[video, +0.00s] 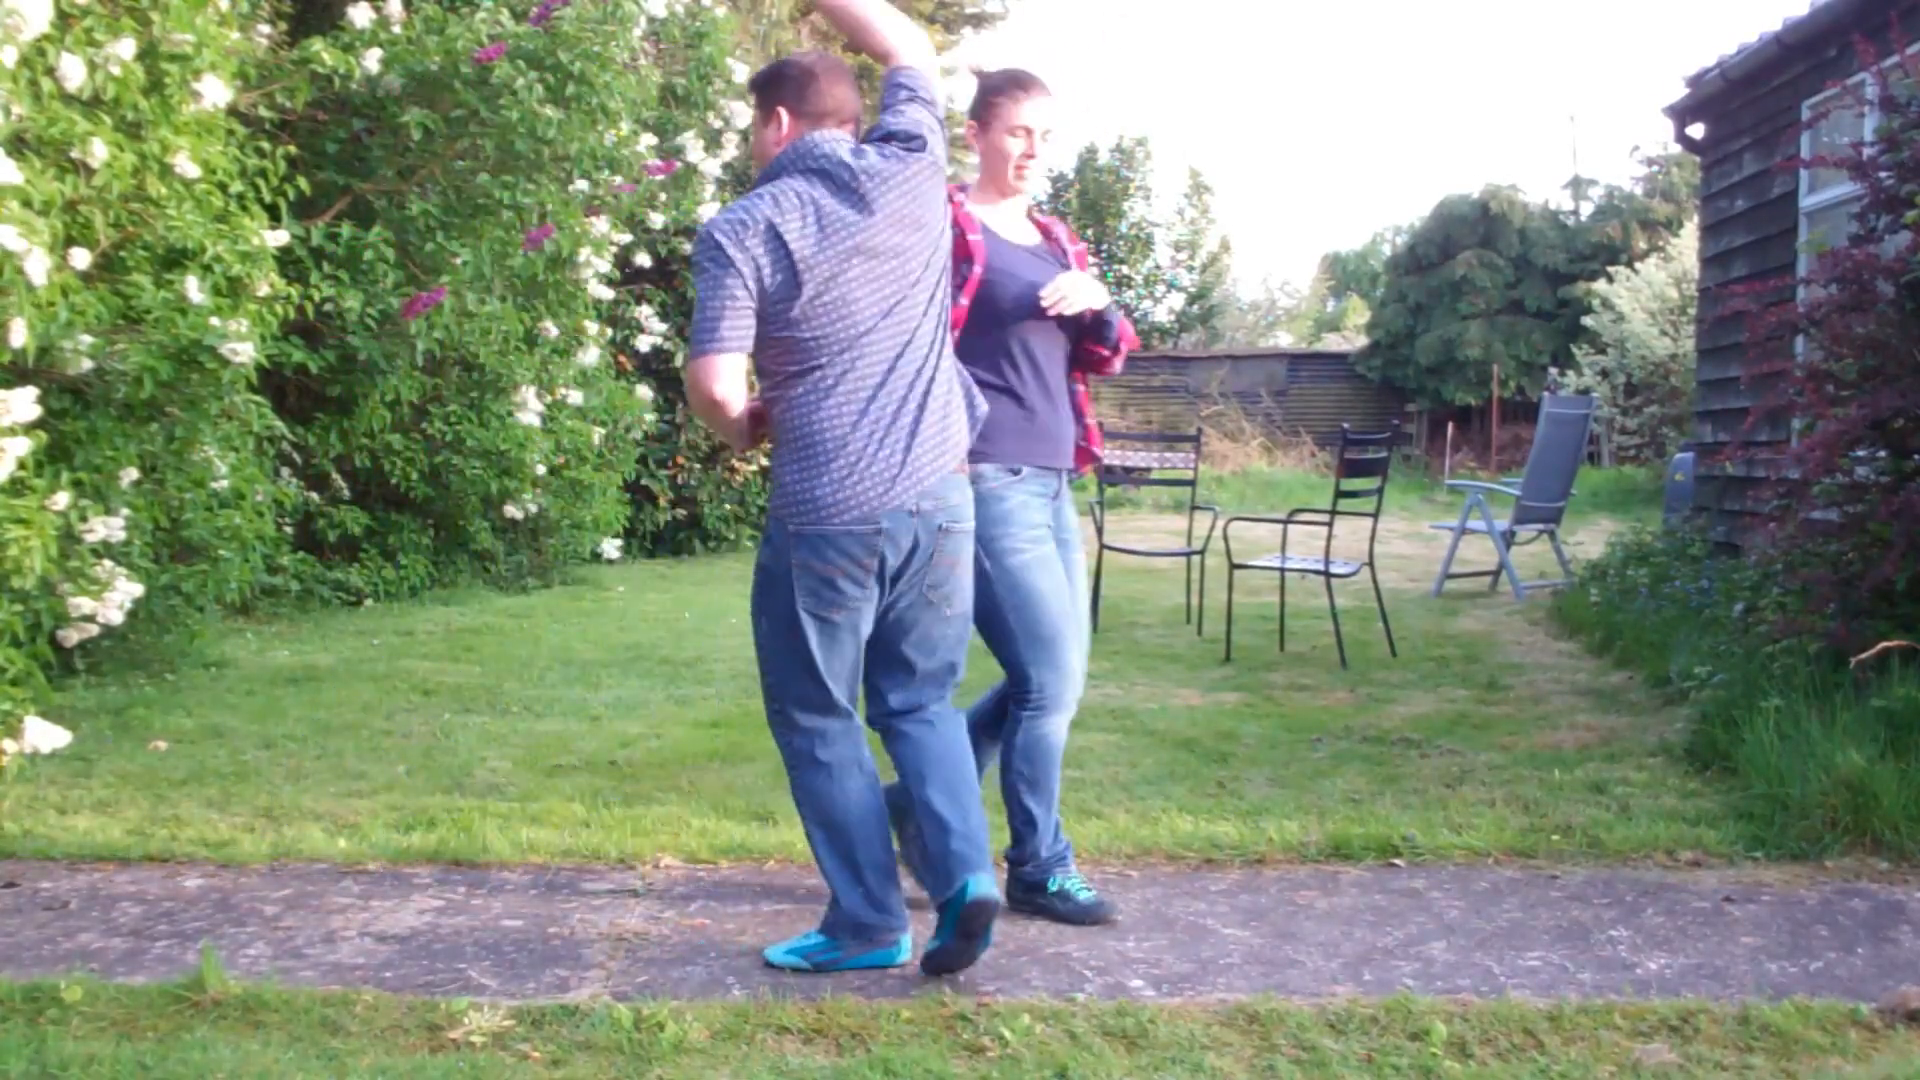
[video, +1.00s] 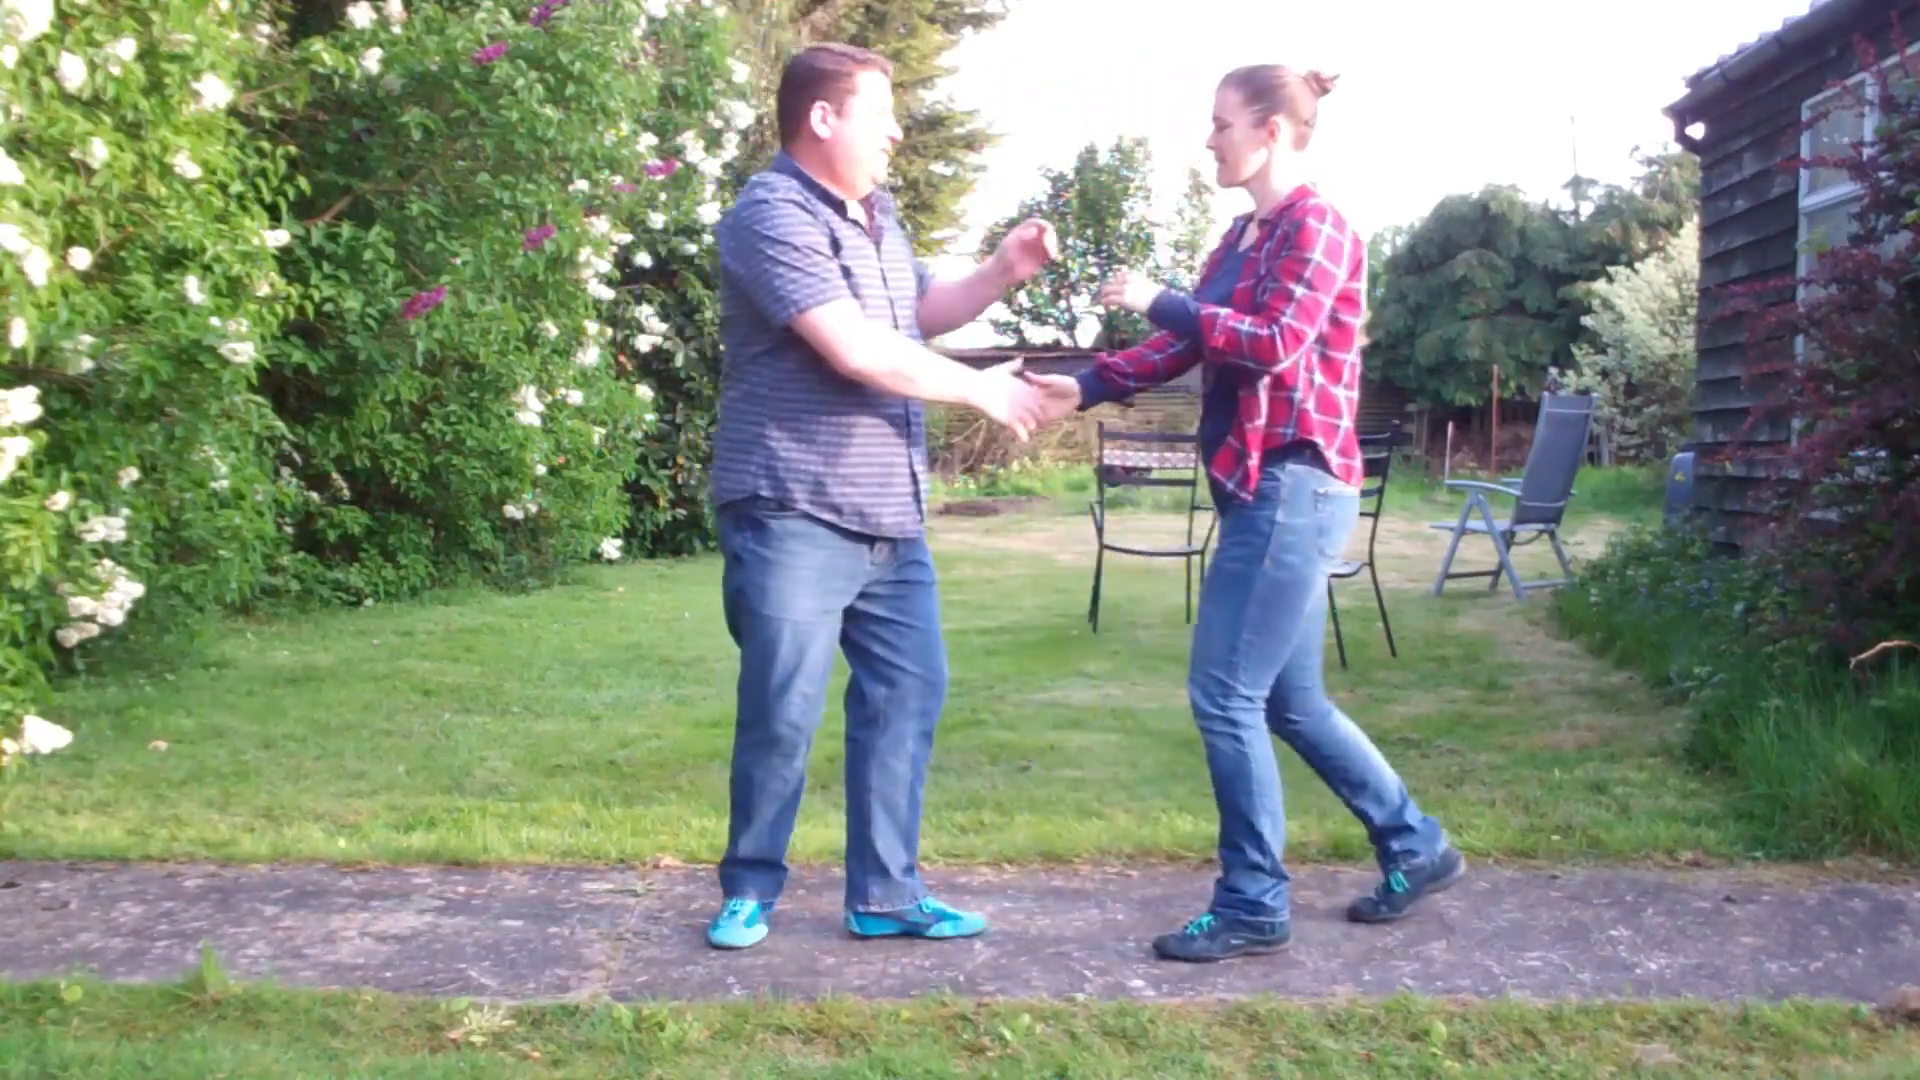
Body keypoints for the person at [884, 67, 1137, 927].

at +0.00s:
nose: (1030, 149)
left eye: (1041, 136)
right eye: (1016, 132)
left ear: (1047, 144)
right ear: (974, 134)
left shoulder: (1054, 236)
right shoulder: (946, 220)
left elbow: (1108, 356)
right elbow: (918, 323)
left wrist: (1095, 309)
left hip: (1057, 477)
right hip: (990, 473)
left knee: (1053, 678)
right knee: (1050, 674)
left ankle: (920, 797)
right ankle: (1037, 861)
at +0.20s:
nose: (1030, 132)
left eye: (1047, 120)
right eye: (1026, 118)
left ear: (1099, 127)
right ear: (1024, 124)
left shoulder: (1146, 231)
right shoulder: (993, 215)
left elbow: (1189, 359)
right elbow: (903, 310)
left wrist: (1159, 313)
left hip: (1129, 483)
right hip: (1022, 481)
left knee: (1157, 685)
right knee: (1055, 686)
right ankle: (1039, 868)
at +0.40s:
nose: (1071, 134)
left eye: (1087, 120)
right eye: (1068, 118)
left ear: (1140, 126)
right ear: (1070, 124)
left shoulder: (1197, 225)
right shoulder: (1041, 223)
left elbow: (1261, 346)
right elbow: (956, 309)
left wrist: (1182, 299)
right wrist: (858, 329)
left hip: (1172, 488)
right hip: (1062, 488)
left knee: (1178, 693)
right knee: (1080, 692)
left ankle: (1247, 890)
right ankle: (1040, 867)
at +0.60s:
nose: (1117, 142)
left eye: (1132, 126)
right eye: (1115, 126)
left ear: (1189, 131)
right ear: (1152, 134)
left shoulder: (1247, 226)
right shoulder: (1119, 240)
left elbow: (1278, 333)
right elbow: (1054, 339)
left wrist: (1173, 286)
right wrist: (946, 380)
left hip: (1215, 498)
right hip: (1121, 496)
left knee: (1193, 700)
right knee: (1107, 702)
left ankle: (1255, 903)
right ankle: (1108, 855)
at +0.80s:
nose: (1166, 150)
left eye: (1181, 135)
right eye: (1167, 135)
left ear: (1235, 142)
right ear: (1209, 145)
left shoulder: (1285, 237)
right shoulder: (1185, 252)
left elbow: (1274, 354)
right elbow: (1116, 354)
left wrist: (1159, 304)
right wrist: (1017, 397)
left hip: (1259, 494)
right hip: (1193, 496)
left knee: (1193, 701)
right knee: (1157, 700)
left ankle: (1253, 905)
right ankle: (1306, 815)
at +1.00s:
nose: (1208, 141)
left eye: (1222, 127)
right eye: (1211, 127)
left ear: (1274, 132)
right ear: (1262, 133)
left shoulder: (1318, 226)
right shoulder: (1240, 242)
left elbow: (1273, 345)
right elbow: (1172, 348)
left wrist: (1163, 303)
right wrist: (1079, 387)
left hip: (1296, 487)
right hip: (1268, 487)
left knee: (1226, 695)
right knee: (1292, 699)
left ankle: (1252, 905)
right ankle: (1417, 849)